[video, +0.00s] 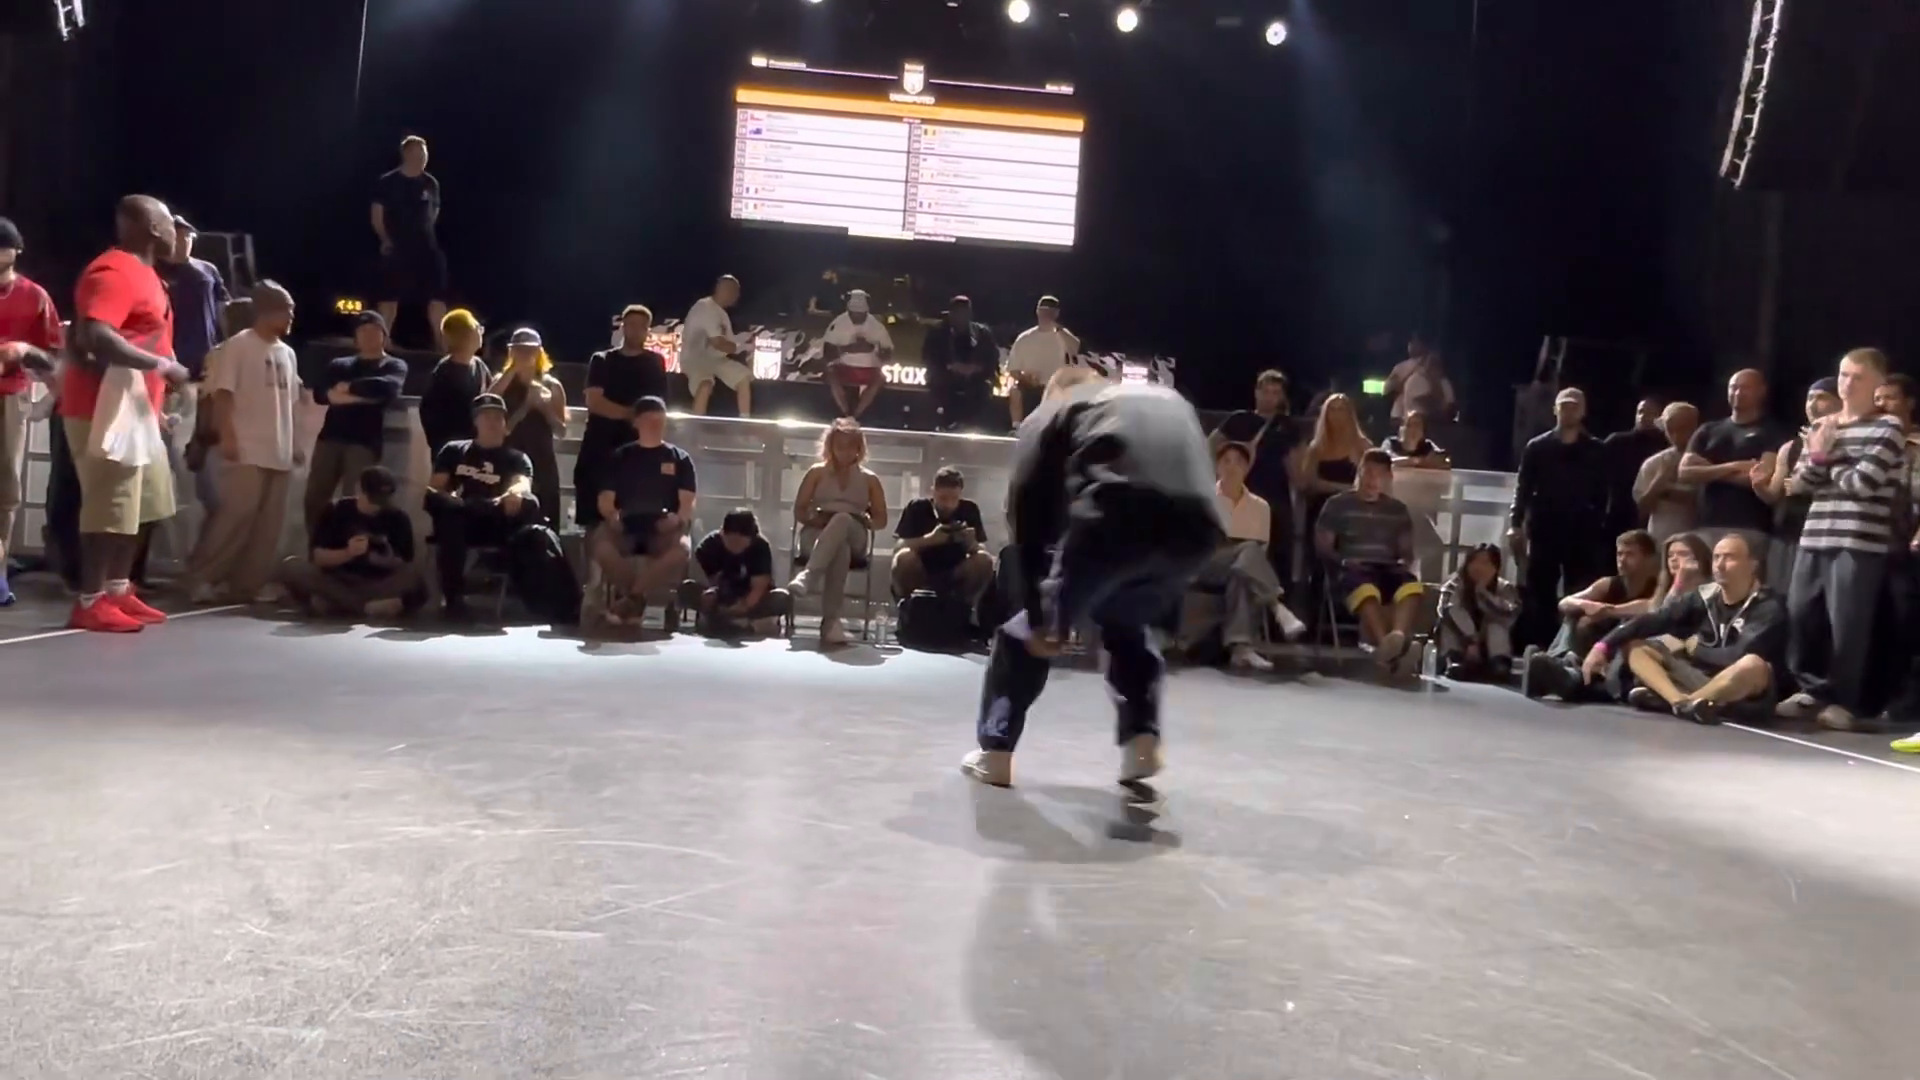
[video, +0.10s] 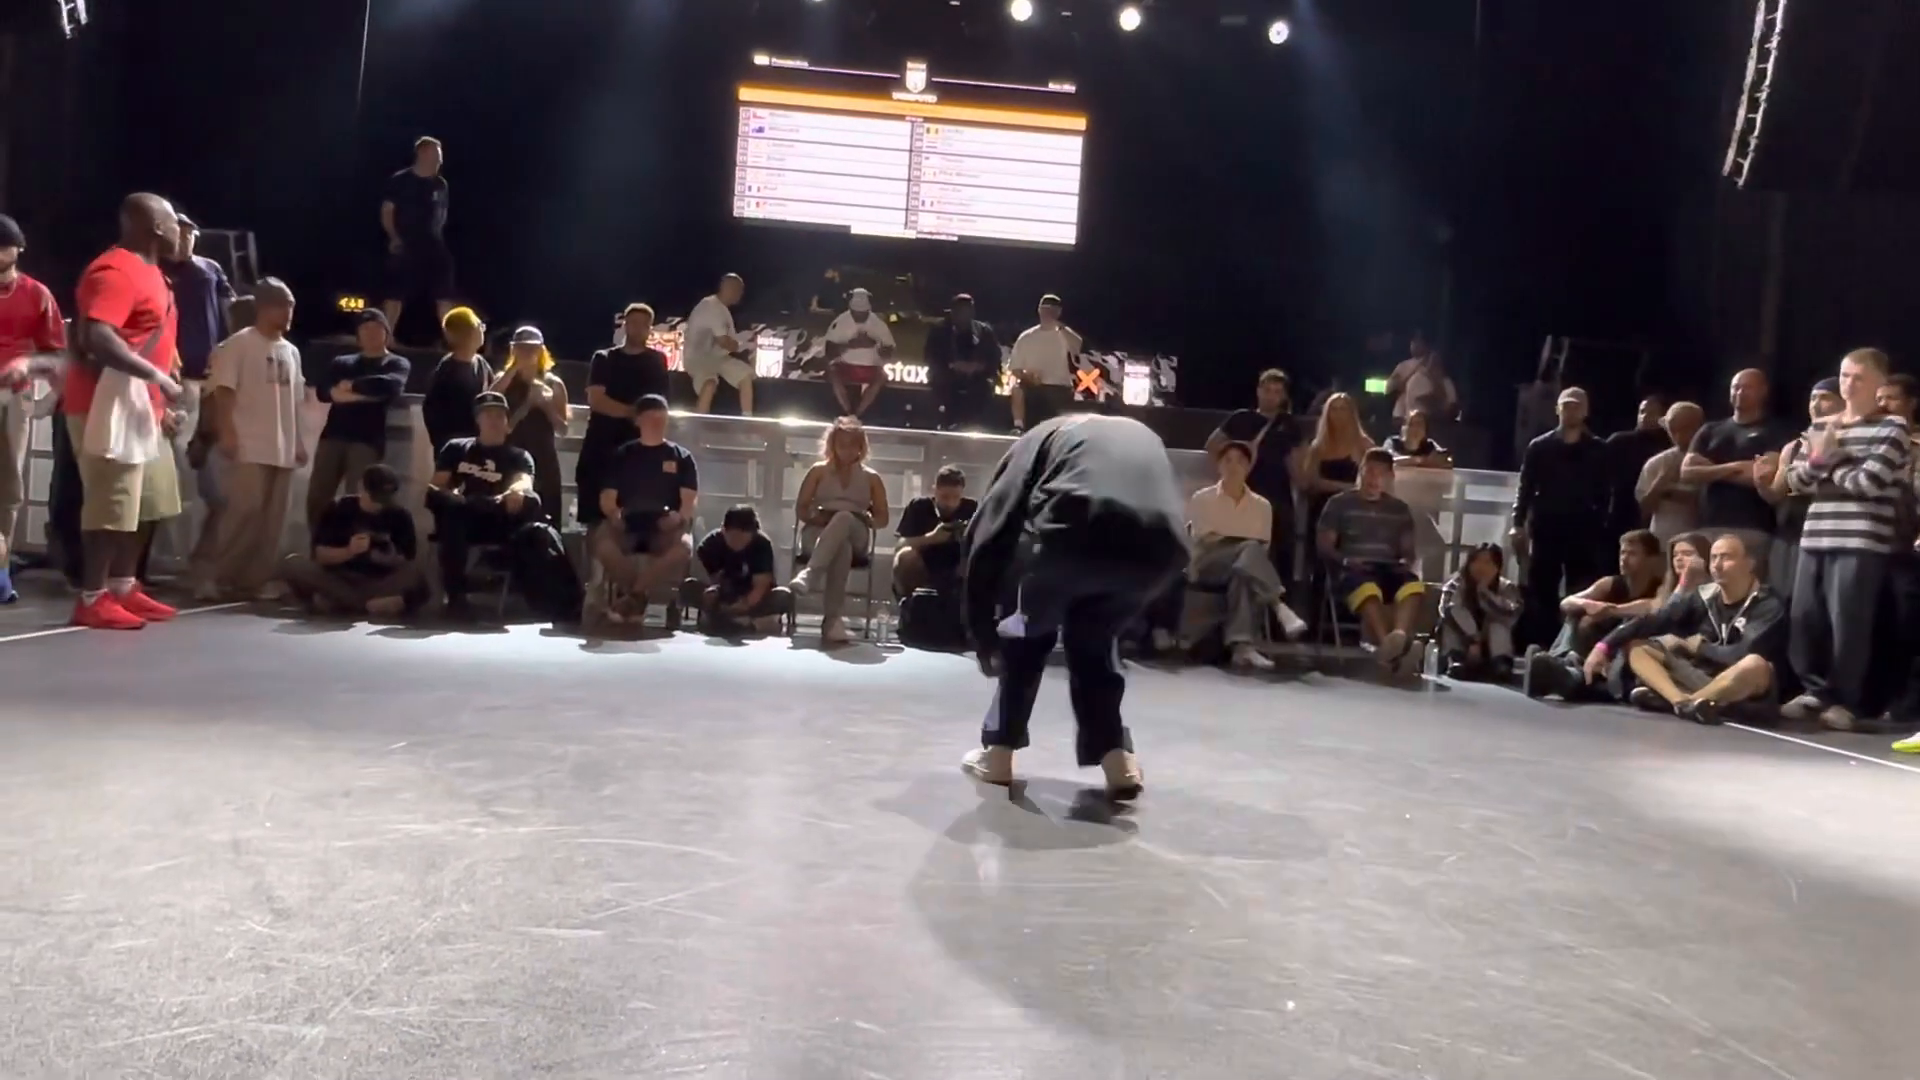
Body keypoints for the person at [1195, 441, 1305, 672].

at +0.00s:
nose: (1231, 466)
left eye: (1238, 461)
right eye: (1226, 460)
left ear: (1246, 468)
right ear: (1217, 466)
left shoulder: (1260, 507)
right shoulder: (1205, 499)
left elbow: (1259, 548)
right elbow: (1199, 545)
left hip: (1246, 569)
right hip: (1207, 566)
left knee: (1240, 577)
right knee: (1250, 550)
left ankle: (1242, 647)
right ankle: (1278, 607)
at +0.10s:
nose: (1233, 466)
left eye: (1240, 461)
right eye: (1228, 460)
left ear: (1248, 467)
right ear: (1220, 465)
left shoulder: (1262, 506)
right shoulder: (1201, 499)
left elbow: (1261, 547)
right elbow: (1204, 540)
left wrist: (1221, 539)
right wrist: (1247, 543)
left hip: (1247, 568)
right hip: (1208, 565)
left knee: (1242, 577)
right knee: (1251, 548)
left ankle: (1243, 647)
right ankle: (1280, 607)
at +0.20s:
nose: (1235, 466)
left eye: (1241, 461)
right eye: (1230, 460)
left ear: (1250, 467)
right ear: (1221, 465)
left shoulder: (1263, 506)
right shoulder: (1204, 499)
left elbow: (1263, 546)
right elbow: (1205, 540)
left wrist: (1223, 538)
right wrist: (1249, 542)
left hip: (1249, 568)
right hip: (1210, 564)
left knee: (1242, 577)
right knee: (1252, 548)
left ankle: (1245, 646)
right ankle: (1281, 606)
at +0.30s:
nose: (1237, 466)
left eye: (1243, 460)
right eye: (1231, 460)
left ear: (1251, 467)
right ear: (1223, 465)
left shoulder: (1265, 505)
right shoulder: (1206, 498)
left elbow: (1265, 545)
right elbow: (1206, 540)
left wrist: (1225, 537)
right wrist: (1252, 541)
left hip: (1250, 566)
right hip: (1211, 563)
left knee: (1244, 576)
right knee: (1254, 548)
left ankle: (1246, 646)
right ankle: (1282, 606)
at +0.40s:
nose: (1238, 465)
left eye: (1245, 460)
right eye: (1233, 459)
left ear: (1253, 466)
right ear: (1224, 464)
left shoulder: (1267, 505)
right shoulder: (1206, 497)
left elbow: (1265, 546)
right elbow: (1200, 541)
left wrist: (1227, 538)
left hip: (1251, 567)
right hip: (1211, 564)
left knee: (1247, 574)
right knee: (1255, 548)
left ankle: (1248, 645)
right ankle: (1284, 606)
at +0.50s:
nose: (1240, 465)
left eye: (1247, 459)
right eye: (1235, 459)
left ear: (1256, 466)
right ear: (1227, 464)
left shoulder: (1269, 505)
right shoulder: (1209, 498)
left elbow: (1269, 545)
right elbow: (1213, 539)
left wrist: (1229, 536)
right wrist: (1257, 540)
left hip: (1256, 565)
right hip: (1218, 562)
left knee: (1249, 575)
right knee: (1258, 548)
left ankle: (1250, 643)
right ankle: (1286, 605)